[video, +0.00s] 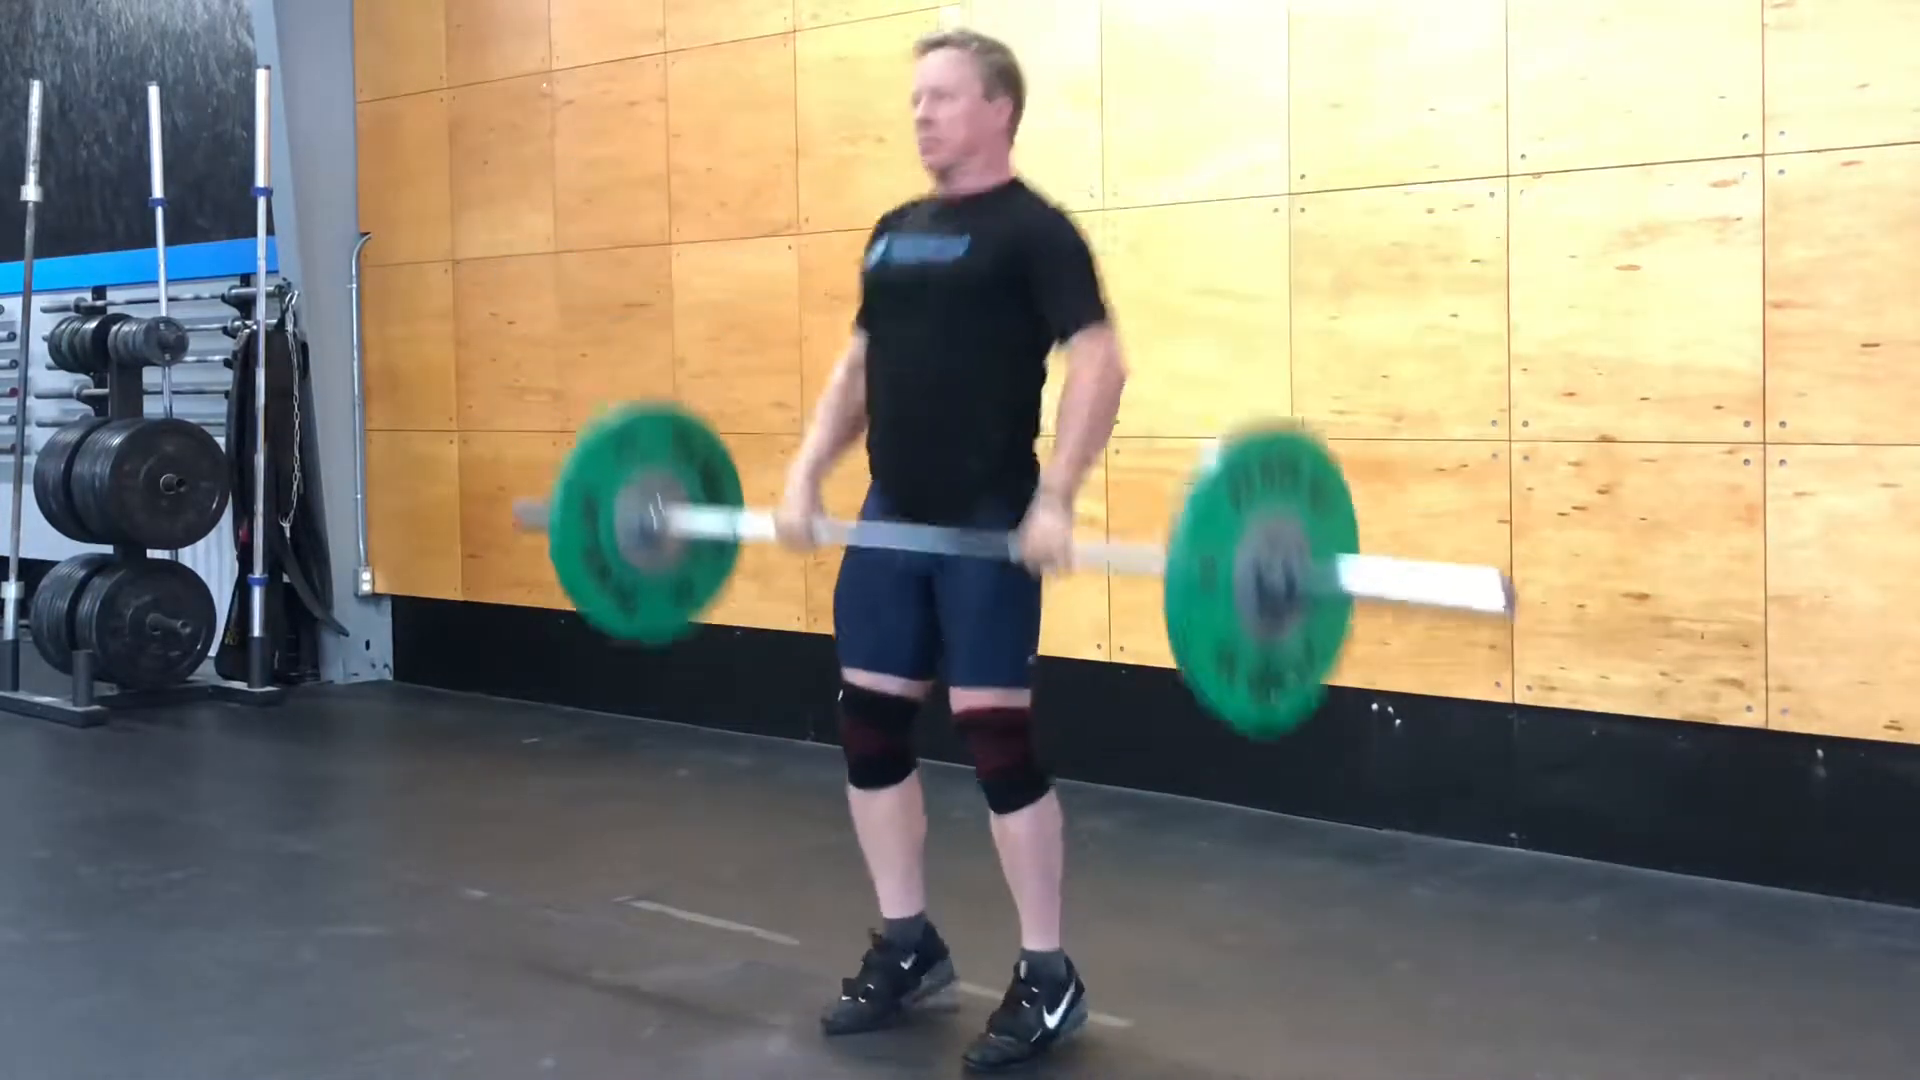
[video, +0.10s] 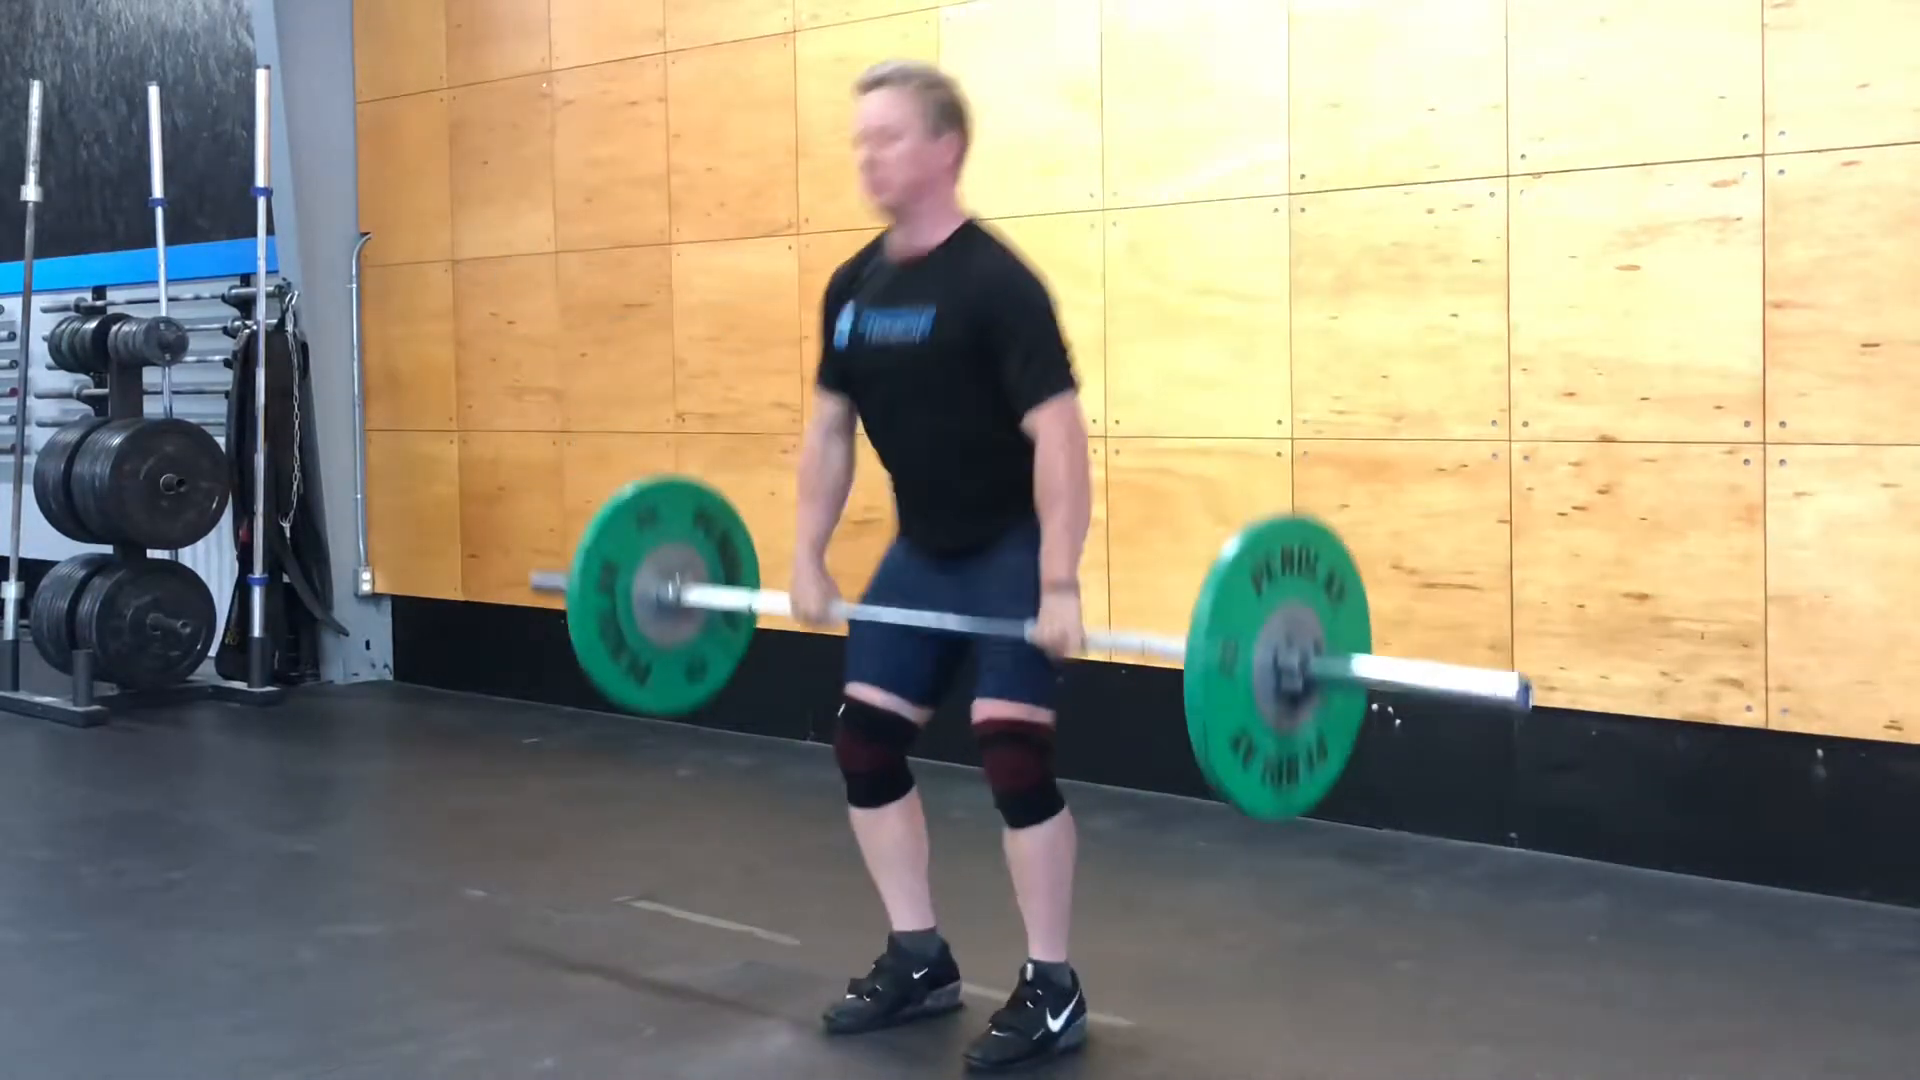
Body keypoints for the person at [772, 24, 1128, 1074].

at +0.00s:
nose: (921, 119)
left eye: (940, 103)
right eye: (916, 104)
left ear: (1001, 111)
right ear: (918, 116)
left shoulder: (1039, 231)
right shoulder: (896, 234)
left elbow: (1100, 364)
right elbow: (864, 363)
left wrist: (1057, 496)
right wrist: (806, 472)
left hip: (990, 533)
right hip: (888, 523)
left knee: (999, 747)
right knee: (870, 732)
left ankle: (1045, 977)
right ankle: (906, 945)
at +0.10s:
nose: (864, 157)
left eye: (883, 139)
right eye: (860, 140)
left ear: (946, 147)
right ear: (863, 153)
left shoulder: (1000, 283)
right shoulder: (853, 287)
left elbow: (1059, 432)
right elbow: (829, 431)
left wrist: (1061, 584)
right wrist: (805, 556)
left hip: (1018, 548)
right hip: (918, 546)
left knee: (1013, 753)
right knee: (866, 738)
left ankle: (1051, 988)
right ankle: (918, 960)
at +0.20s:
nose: (802, 268)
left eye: (817, 244)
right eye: (794, 247)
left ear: (880, 233)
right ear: (796, 248)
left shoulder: (972, 345)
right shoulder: (821, 361)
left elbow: (1034, 498)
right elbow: (814, 498)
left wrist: (1057, 654)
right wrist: (808, 628)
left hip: (1052, 545)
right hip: (958, 550)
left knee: (1043, 741)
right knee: (892, 729)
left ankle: (1054, 986)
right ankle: (921, 955)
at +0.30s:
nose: (786, 396)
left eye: (794, 371)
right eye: (773, 379)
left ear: (848, 343)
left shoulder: (959, 418)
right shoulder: (812, 444)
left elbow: (1029, 582)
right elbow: (814, 571)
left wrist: (1056, 737)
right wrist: (811, 702)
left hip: (1074, 552)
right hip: (971, 565)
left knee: (1052, 742)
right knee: (897, 730)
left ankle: (1054, 984)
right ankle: (920, 954)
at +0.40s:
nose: (776, 512)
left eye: (785, 487)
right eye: (764, 493)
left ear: (840, 448)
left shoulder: (958, 502)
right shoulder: (805, 513)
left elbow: (1026, 664)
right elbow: (809, 647)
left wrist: (1052, 818)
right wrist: (805, 785)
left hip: (1085, 569)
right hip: (980, 581)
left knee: (1057, 758)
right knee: (892, 730)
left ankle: (1054, 986)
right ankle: (920, 956)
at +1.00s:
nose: (775, 355)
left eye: (788, 332)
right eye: (765, 336)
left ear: (852, 317)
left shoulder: (956, 399)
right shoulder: (802, 422)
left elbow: (1025, 557)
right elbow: (816, 545)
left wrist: (1009, 703)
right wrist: (825, 678)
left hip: (1070, 543)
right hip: (969, 555)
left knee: (1044, 749)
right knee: (907, 730)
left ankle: (1052, 982)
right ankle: (920, 953)